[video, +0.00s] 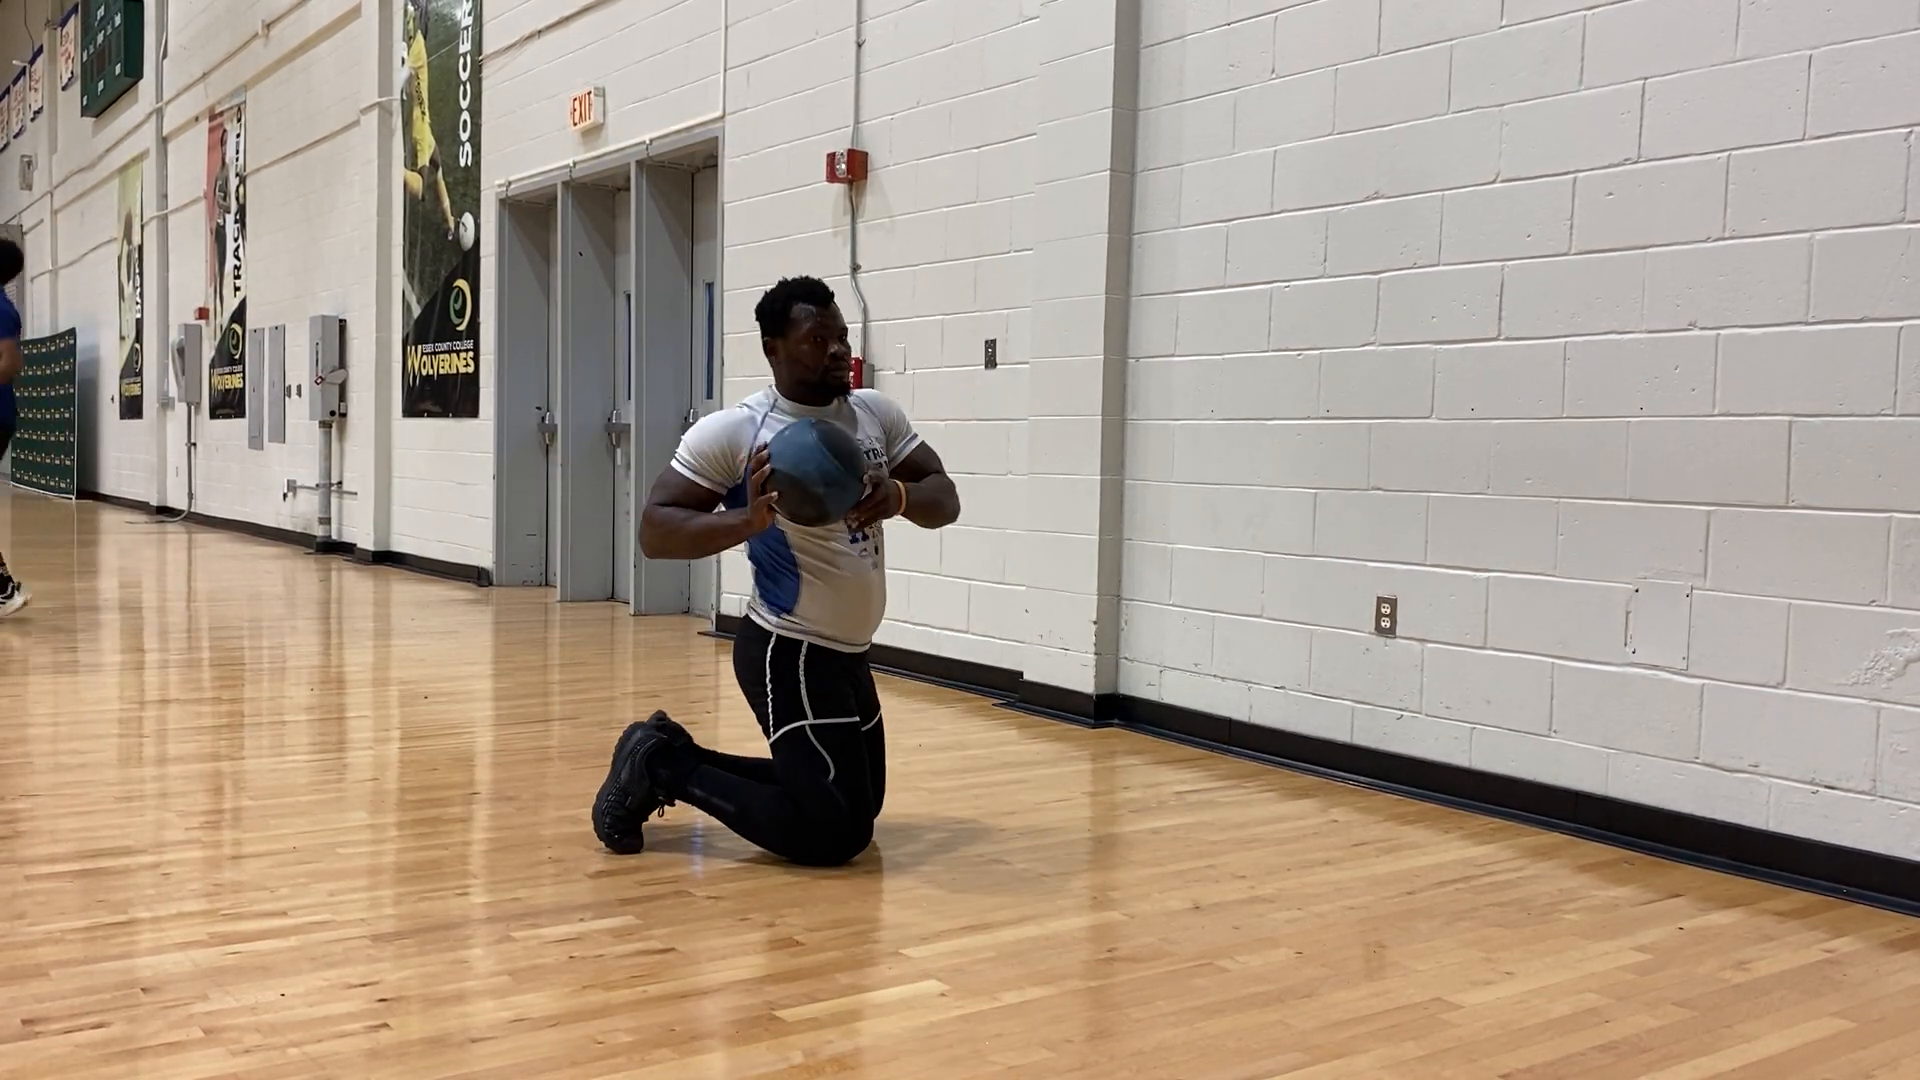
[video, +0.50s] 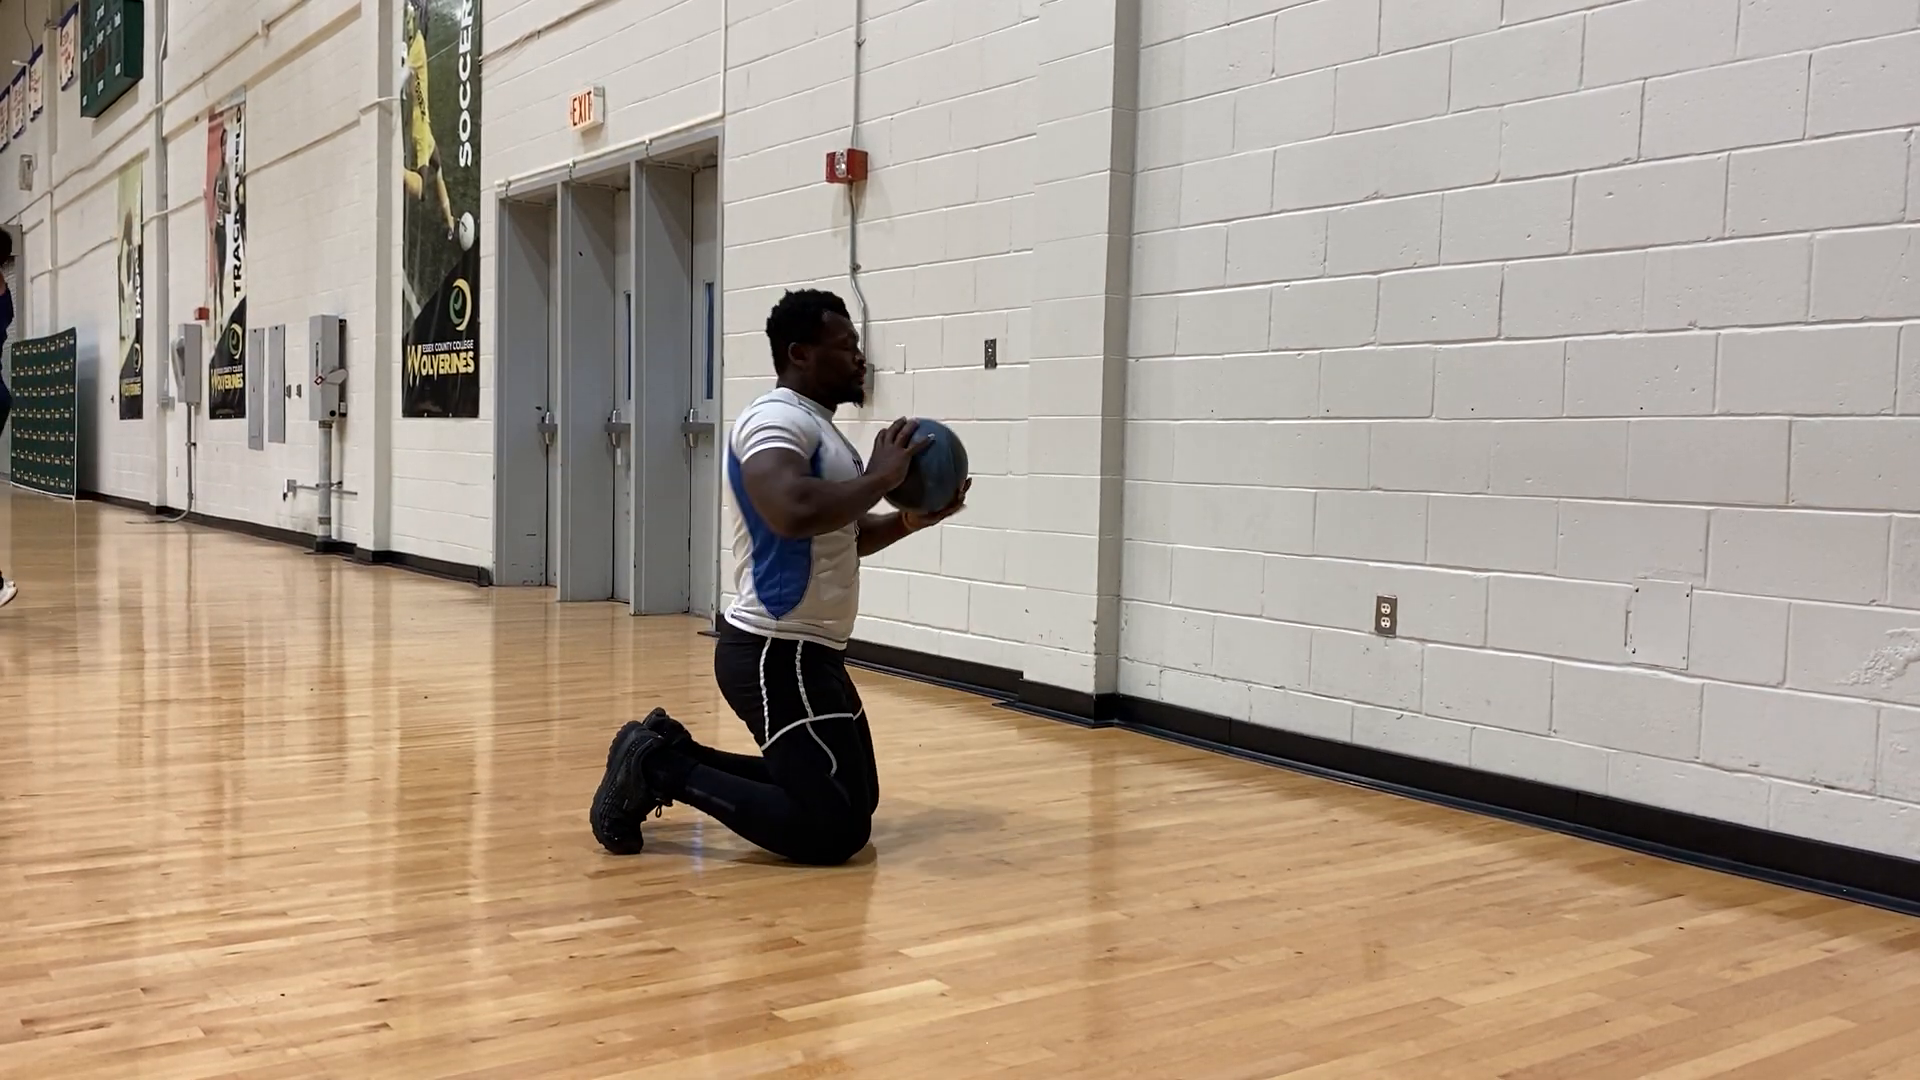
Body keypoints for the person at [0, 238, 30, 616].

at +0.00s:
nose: (14, 279)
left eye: (11, 267)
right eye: (14, 270)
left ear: (2, 269)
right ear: (12, 271)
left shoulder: (6, 310)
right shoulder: (6, 310)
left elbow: (11, 363)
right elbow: (11, 363)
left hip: (2, 418)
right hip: (3, 417)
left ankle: (3, 582)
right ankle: (2, 581)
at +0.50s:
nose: (8, 269)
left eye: (8, 262)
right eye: (8, 262)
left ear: (7, 262)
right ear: (5, 262)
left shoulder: (6, 295)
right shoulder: (5, 296)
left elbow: (5, 333)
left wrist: (5, 396)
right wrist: (5, 397)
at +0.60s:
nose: (5, 254)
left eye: (4, 247)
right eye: (5, 248)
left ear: (2, 251)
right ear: (5, 252)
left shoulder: (4, 284)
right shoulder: (6, 286)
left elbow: (7, 314)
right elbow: (8, 315)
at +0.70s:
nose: (7, 267)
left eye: (4, 261)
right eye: (6, 262)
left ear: (2, 266)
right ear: (6, 265)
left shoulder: (5, 307)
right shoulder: (5, 307)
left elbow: (9, 360)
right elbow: (9, 359)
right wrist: (3, 382)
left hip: (3, 409)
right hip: (4, 408)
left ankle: (5, 583)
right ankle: (5, 582)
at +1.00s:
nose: (14, 253)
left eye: (7, 244)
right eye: (15, 245)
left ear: (1, 250)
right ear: (14, 251)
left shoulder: (8, 285)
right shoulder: (12, 286)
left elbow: (5, 320)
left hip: (4, 394)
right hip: (4, 393)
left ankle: (4, 576)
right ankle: (3, 575)